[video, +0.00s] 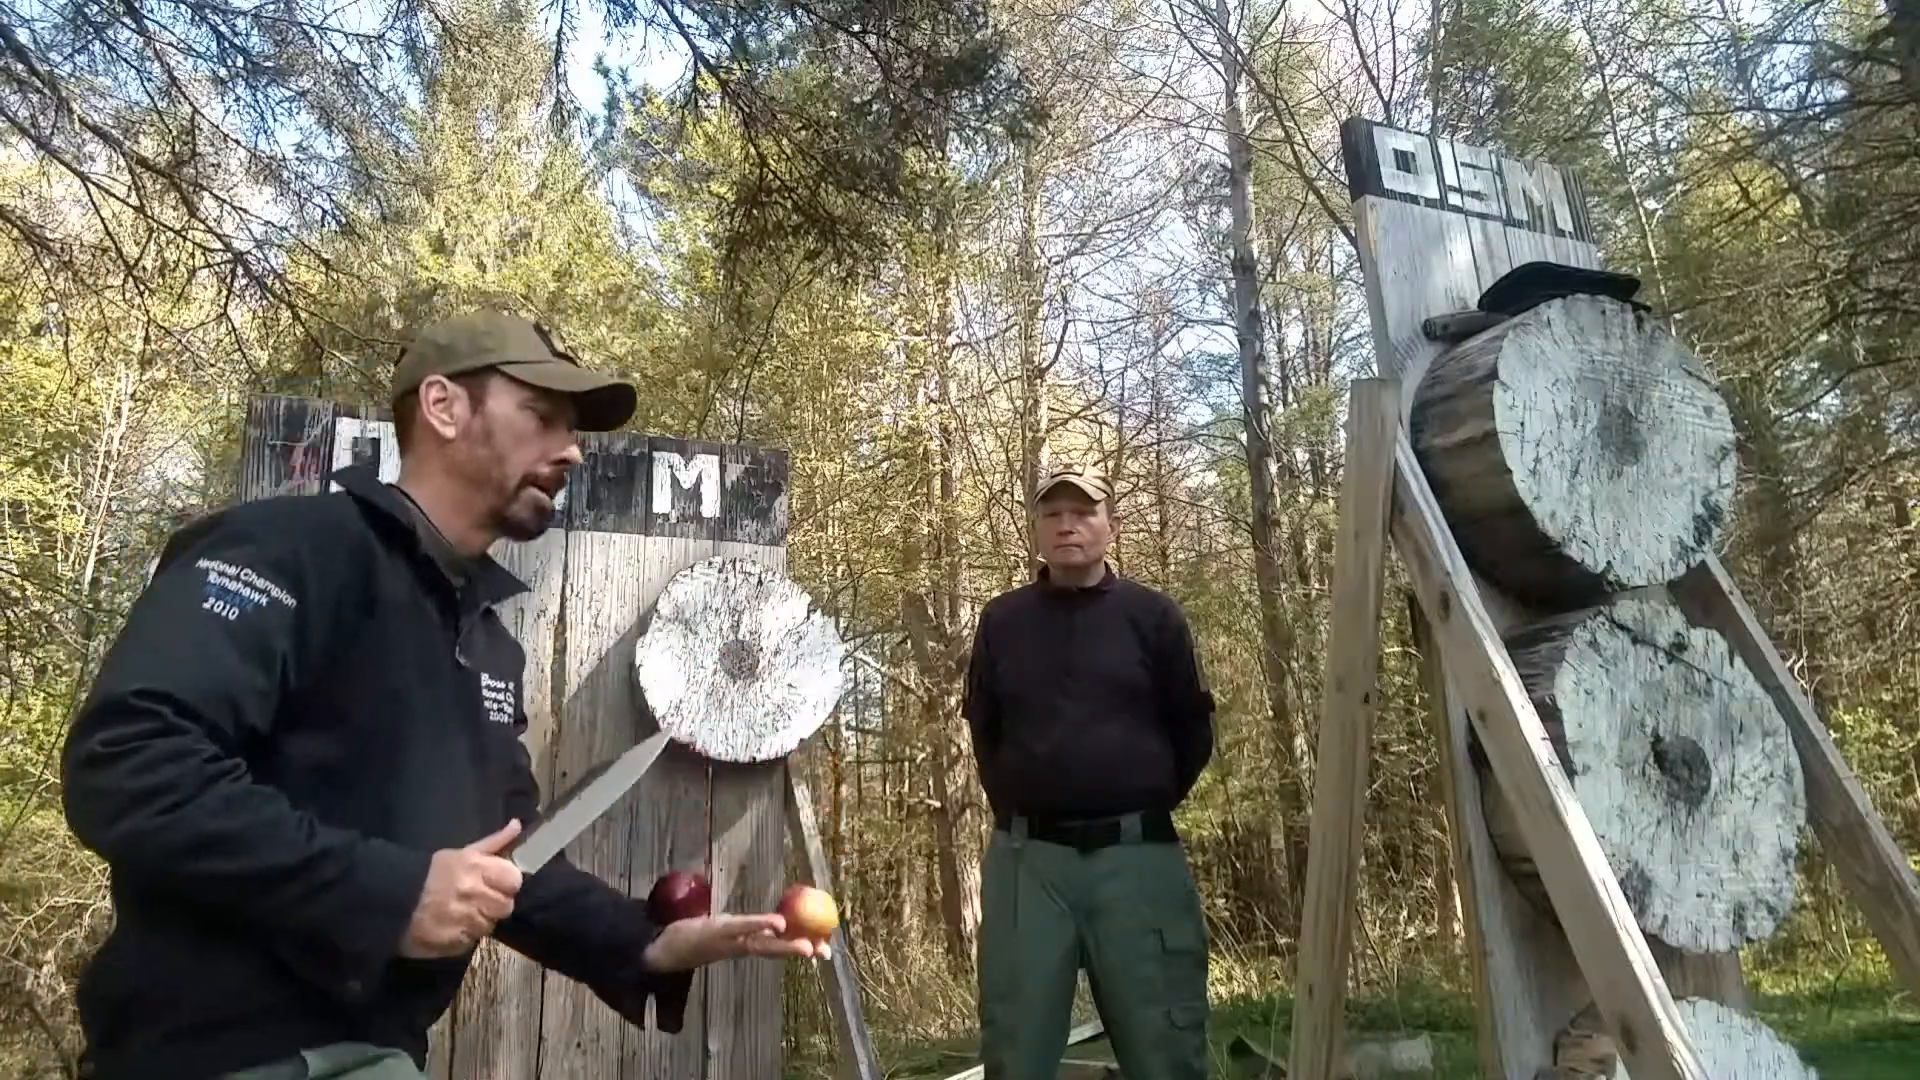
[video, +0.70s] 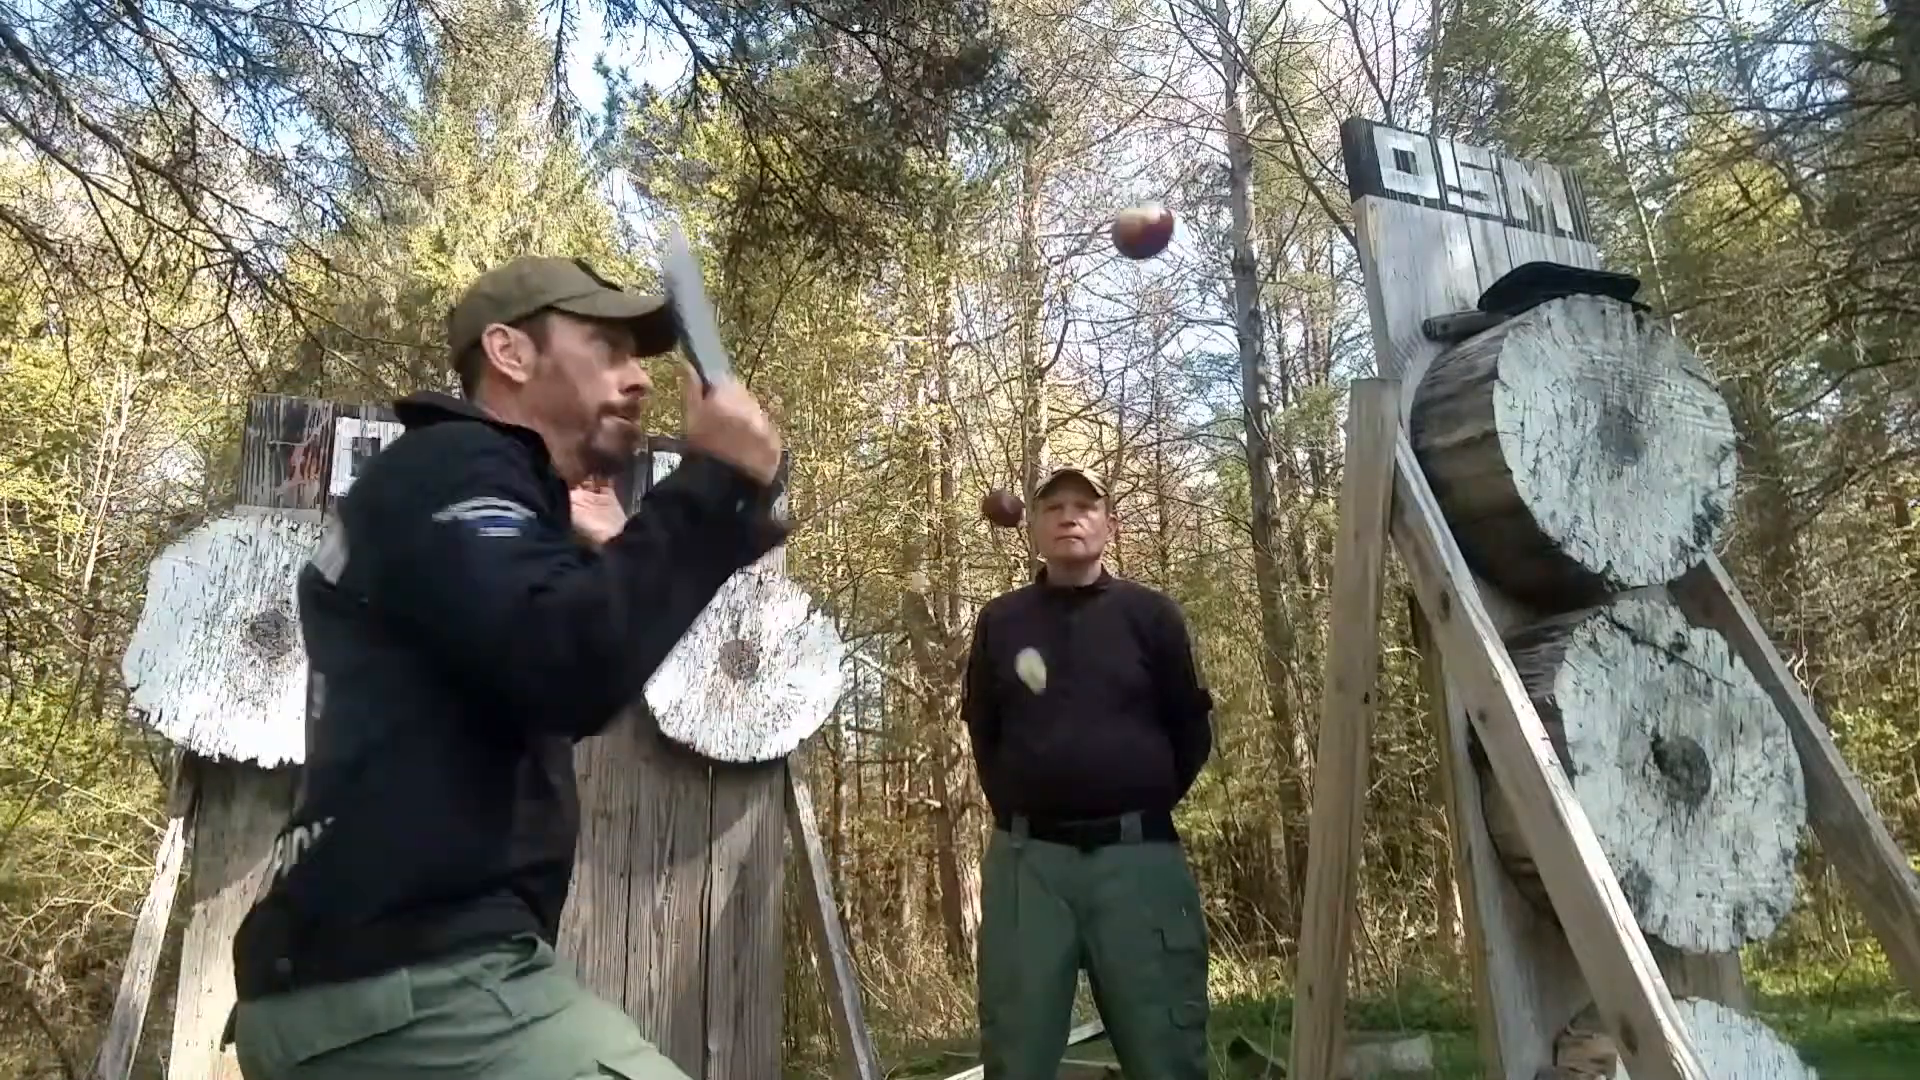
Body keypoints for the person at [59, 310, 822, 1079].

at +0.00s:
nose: (570, 453)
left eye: (573, 427)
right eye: (544, 416)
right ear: (444, 408)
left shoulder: (490, 643)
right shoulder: (286, 546)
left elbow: (487, 856)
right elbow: (126, 771)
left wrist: (648, 939)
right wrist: (393, 891)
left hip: (375, 1042)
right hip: (234, 1043)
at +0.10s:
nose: (559, 472)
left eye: (564, 449)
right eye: (531, 439)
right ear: (428, 433)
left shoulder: (485, 662)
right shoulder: (268, 583)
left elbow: (521, 868)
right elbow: (128, 812)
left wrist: (672, 944)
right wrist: (389, 933)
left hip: (396, 1052)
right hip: (224, 1053)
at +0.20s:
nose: (545, 424)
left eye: (546, 399)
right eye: (517, 391)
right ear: (415, 387)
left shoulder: (486, 595)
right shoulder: (265, 538)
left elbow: (560, 762)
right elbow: (163, 748)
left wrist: (756, 777)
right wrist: (460, 803)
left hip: (419, 1021)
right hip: (285, 1025)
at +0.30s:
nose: (527, 343)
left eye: (525, 320)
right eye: (499, 312)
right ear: (401, 314)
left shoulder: (491, 497)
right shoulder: (298, 443)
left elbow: (609, 627)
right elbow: (277, 600)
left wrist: (778, 580)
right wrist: (538, 490)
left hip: (425, 924)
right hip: (343, 930)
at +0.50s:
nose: (513, 296)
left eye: (510, 275)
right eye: (480, 269)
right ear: (388, 285)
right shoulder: (385, 388)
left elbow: (559, 623)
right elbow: (570, 506)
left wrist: (585, 474)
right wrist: (781, 512)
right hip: (387, 887)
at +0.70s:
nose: (639, 378)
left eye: (636, 353)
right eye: (608, 346)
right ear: (510, 354)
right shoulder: (453, 469)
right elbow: (568, 667)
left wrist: (596, 560)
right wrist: (713, 485)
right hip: (418, 985)